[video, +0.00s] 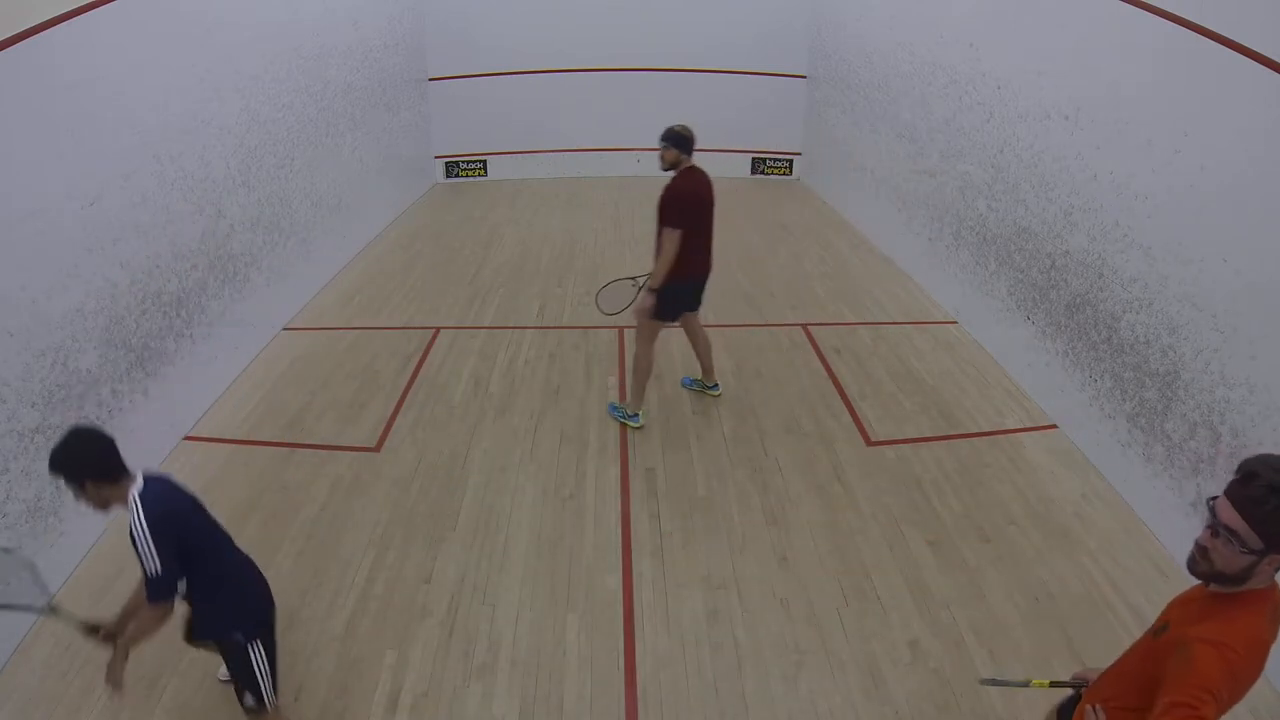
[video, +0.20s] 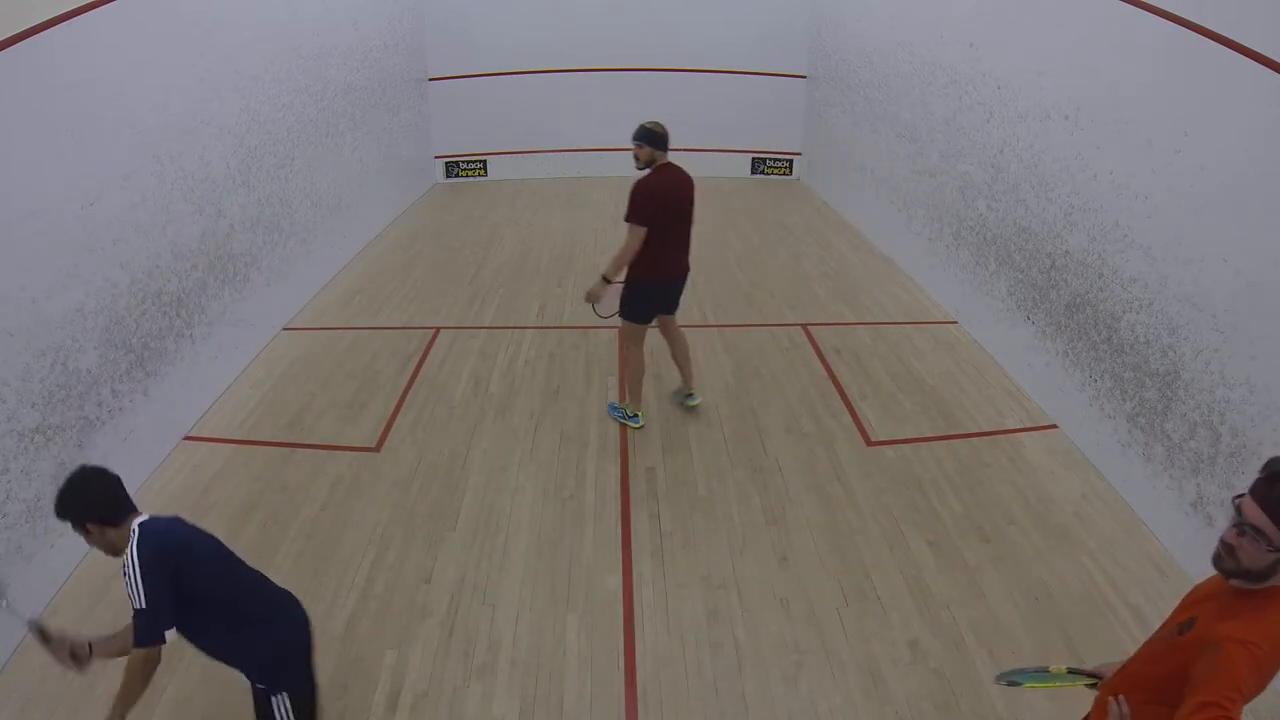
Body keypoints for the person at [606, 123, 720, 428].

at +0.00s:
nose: (659, 154)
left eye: (663, 149)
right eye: (660, 149)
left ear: (677, 152)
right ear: (684, 151)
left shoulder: (676, 190)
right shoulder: (701, 180)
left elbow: (670, 246)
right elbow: (692, 233)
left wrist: (651, 288)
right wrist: (660, 267)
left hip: (674, 277)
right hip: (697, 272)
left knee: (645, 333)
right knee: (690, 321)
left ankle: (633, 408)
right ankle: (709, 380)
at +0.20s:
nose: (633, 152)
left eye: (637, 147)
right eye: (634, 146)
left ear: (652, 149)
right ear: (660, 149)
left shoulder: (646, 187)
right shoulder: (683, 179)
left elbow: (633, 246)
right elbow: (677, 232)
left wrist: (604, 282)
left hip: (646, 277)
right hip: (676, 273)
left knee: (632, 339)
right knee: (668, 323)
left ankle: (633, 409)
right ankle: (689, 389)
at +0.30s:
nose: (624, 151)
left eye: (628, 146)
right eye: (624, 146)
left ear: (642, 148)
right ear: (651, 148)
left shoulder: (636, 186)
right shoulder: (676, 177)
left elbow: (624, 245)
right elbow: (681, 225)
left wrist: (595, 278)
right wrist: (657, 252)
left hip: (640, 276)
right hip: (670, 272)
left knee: (627, 340)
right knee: (659, 329)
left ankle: (630, 408)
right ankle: (670, 401)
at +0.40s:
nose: (616, 158)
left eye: (620, 152)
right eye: (616, 152)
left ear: (634, 154)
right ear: (645, 153)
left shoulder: (628, 192)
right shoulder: (671, 183)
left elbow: (617, 250)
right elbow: (677, 231)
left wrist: (590, 282)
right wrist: (663, 260)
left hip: (635, 283)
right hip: (668, 280)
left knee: (610, 335)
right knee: (657, 334)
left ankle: (626, 409)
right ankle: (670, 407)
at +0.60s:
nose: (603, 149)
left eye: (604, 145)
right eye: (604, 144)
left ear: (611, 146)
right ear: (635, 145)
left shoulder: (605, 182)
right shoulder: (656, 180)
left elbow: (597, 238)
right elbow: (669, 229)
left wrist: (591, 267)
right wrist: (660, 262)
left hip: (614, 277)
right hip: (648, 274)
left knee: (602, 342)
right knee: (644, 330)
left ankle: (620, 411)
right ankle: (663, 398)